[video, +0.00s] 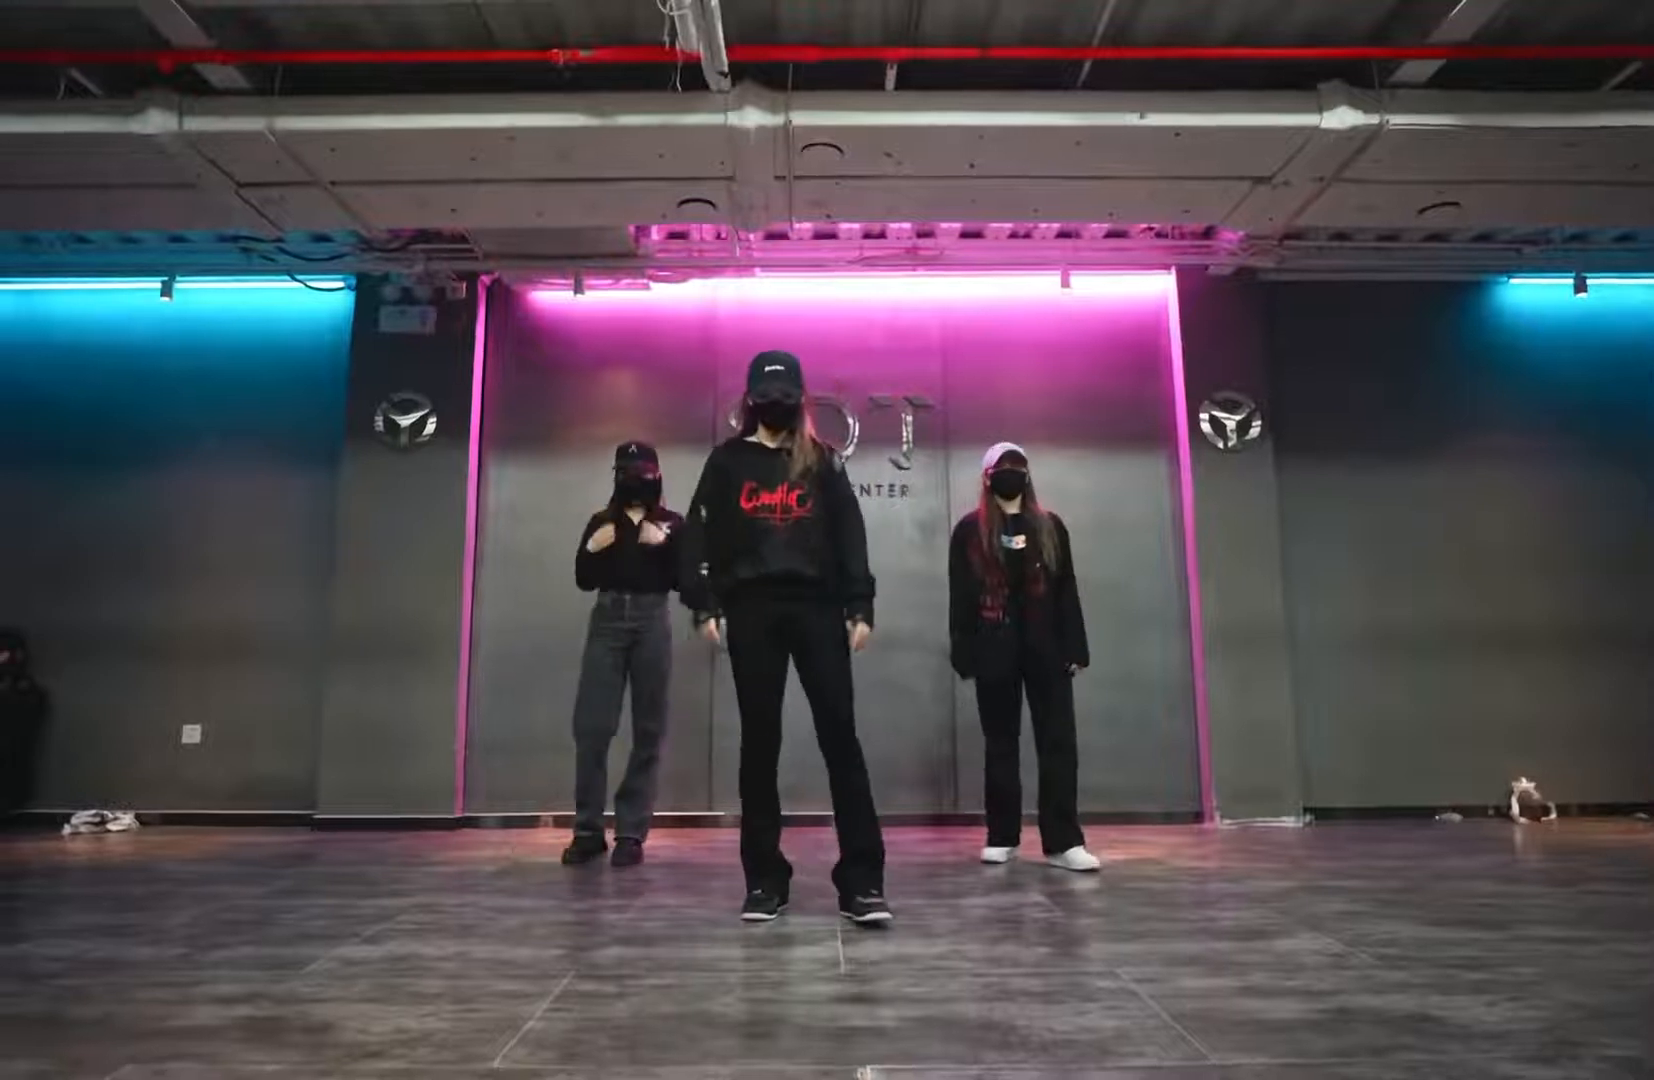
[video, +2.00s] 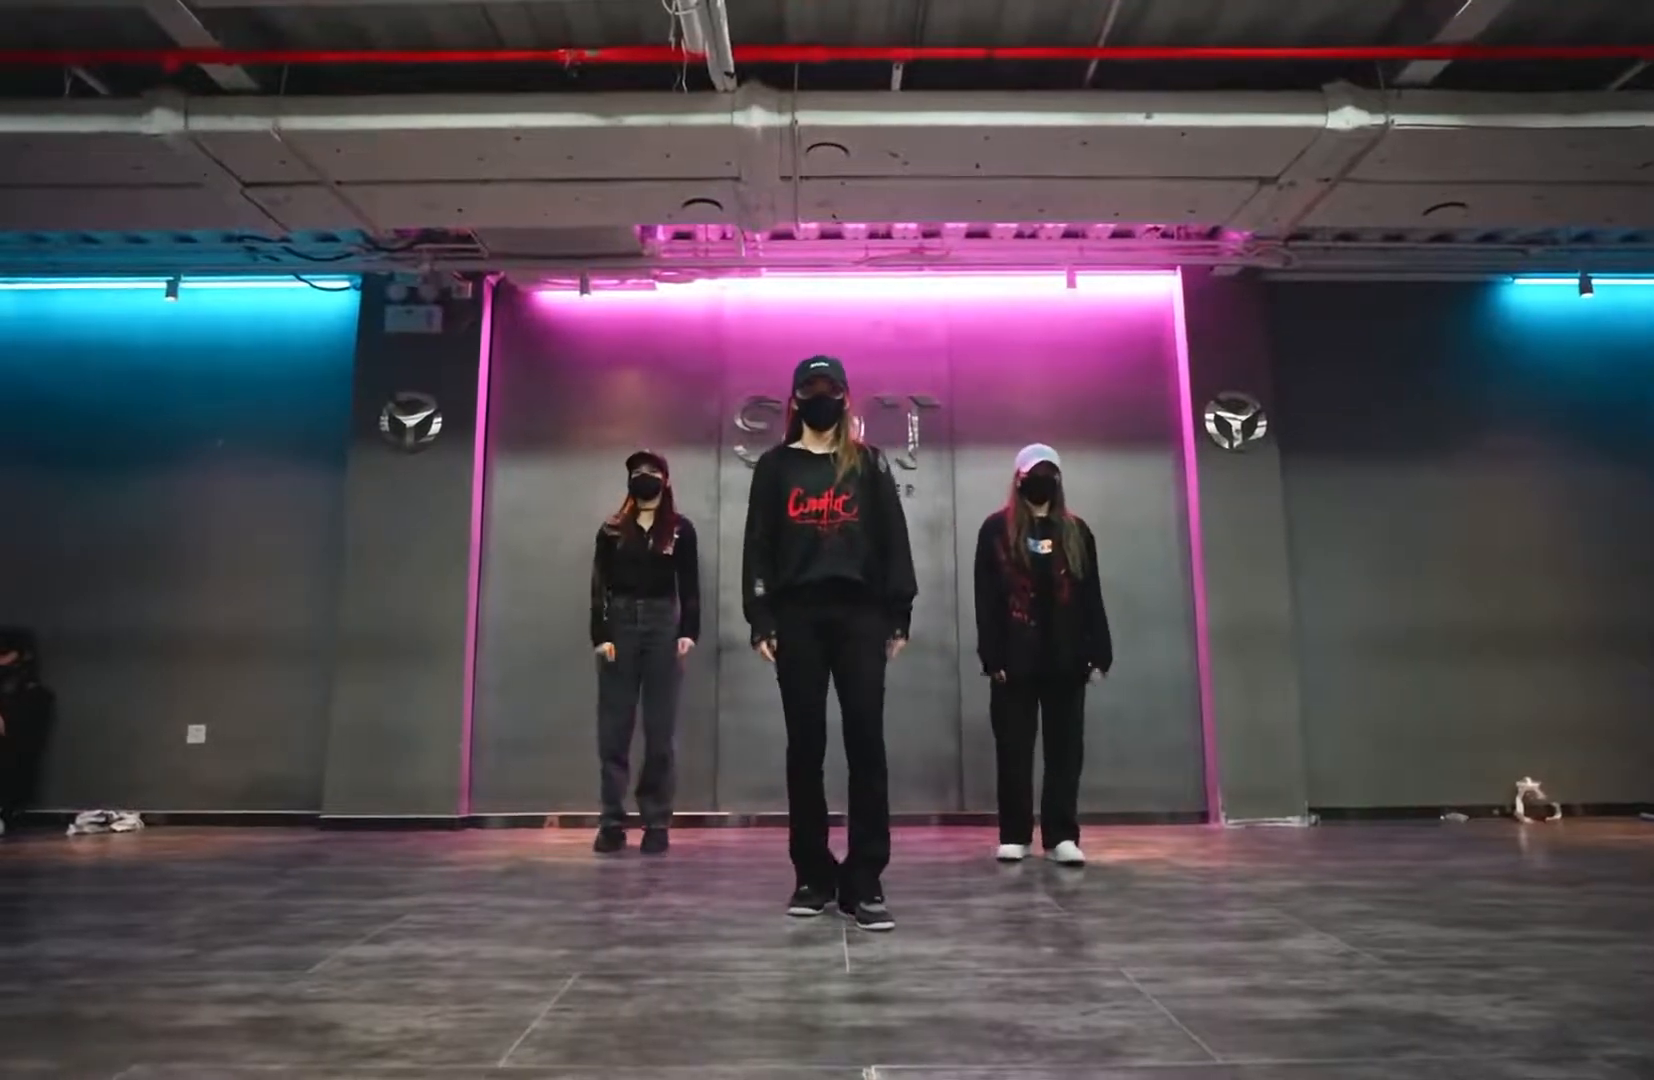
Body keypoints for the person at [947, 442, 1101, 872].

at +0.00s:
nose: (1010, 478)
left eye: (1017, 471)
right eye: (1001, 472)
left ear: (1027, 475)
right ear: (987, 478)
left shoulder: (1050, 526)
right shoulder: (969, 531)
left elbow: (1066, 591)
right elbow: (961, 597)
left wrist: (1075, 647)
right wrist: (964, 654)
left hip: (1047, 653)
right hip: (994, 656)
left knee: (1059, 746)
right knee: (1001, 747)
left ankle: (1064, 842)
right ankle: (1001, 839)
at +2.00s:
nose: (1044, 480)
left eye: (1050, 474)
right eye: (1036, 473)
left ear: (1059, 478)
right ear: (1020, 478)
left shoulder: (1076, 530)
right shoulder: (996, 529)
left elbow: (1091, 595)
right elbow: (986, 597)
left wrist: (1100, 648)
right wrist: (992, 655)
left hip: (1066, 659)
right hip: (1014, 660)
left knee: (1065, 751)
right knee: (1014, 751)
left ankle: (1062, 837)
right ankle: (1014, 838)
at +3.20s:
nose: (1038, 500)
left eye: (1045, 491)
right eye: (1029, 492)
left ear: (1055, 495)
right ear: (1013, 496)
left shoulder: (1073, 542)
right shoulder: (992, 547)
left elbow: (1100, 604)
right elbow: (971, 605)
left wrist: (1065, 597)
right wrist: (954, 599)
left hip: (1066, 660)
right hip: (1008, 659)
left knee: (1091, 744)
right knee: (975, 732)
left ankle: (1091, 839)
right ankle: (972, 830)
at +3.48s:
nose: (1024, 506)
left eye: (1031, 497)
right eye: (1015, 498)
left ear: (1041, 503)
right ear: (997, 503)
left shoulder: (1055, 556)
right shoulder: (971, 555)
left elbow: (1089, 607)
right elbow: (942, 605)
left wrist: (1132, 606)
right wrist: (988, 594)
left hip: (1041, 668)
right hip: (985, 671)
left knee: (1101, 740)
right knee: (978, 762)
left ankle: (1076, 830)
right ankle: (928, 859)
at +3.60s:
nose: (1042, 510)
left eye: (1047, 502)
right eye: (1033, 502)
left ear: (1053, 507)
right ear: (1012, 508)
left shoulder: (1047, 558)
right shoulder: (999, 558)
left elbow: (1076, 600)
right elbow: (1018, 618)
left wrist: (1094, 616)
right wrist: (1078, 619)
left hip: (1043, 683)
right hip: (1003, 682)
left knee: (1100, 751)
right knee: (997, 774)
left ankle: (1066, 853)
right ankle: (921, 853)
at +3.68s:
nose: (1049, 506)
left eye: (1053, 498)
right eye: (1041, 499)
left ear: (1057, 501)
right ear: (1017, 502)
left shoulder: (1046, 550)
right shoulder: (1012, 551)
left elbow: (1076, 601)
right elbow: (1045, 615)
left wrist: (1104, 624)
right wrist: (1112, 623)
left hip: (1044, 679)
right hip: (1022, 681)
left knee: (1102, 751)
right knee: (1011, 774)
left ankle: (1071, 853)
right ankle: (927, 844)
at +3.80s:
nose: (1058, 485)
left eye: (1057, 477)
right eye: (1050, 478)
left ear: (1026, 484)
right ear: (1025, 482)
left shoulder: (1040, 526)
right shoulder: (1023, 525)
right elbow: (1088, 534)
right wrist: (1159, 510)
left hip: (1047, 659)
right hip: (1031, 659)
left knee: (1089, 744)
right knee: (1089, 742)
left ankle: (1075, 853)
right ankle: (1014, 822)